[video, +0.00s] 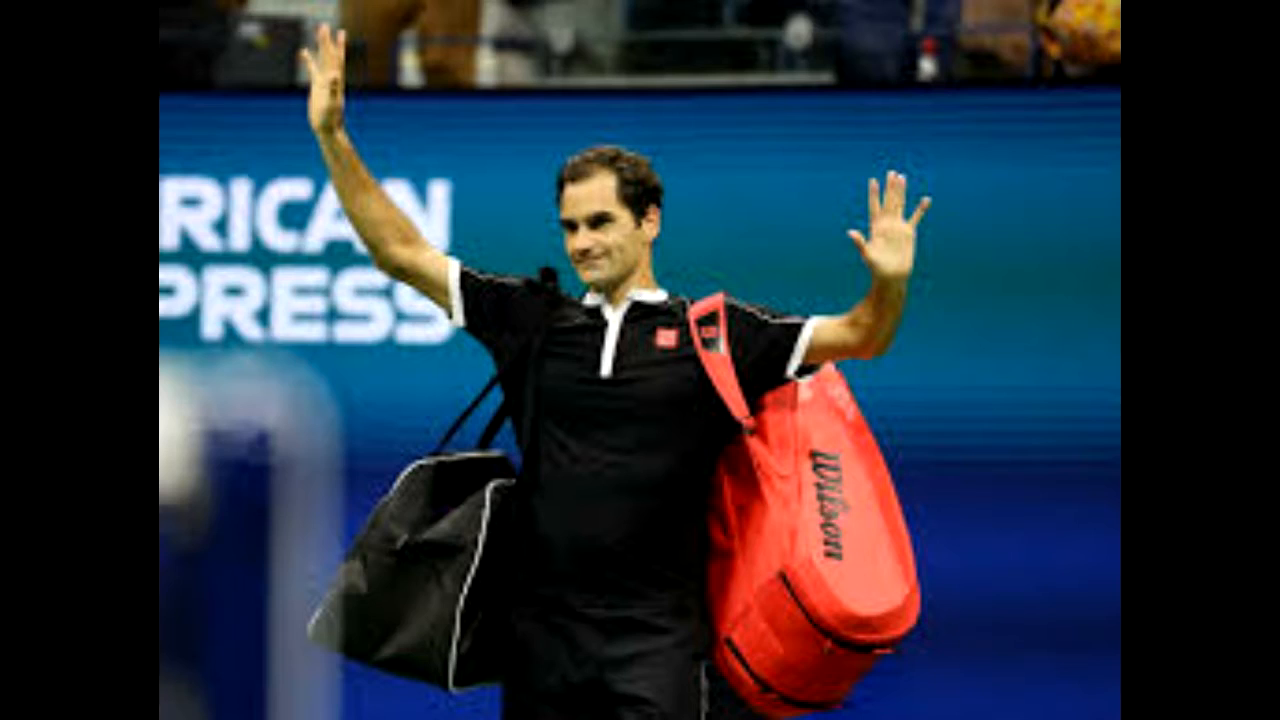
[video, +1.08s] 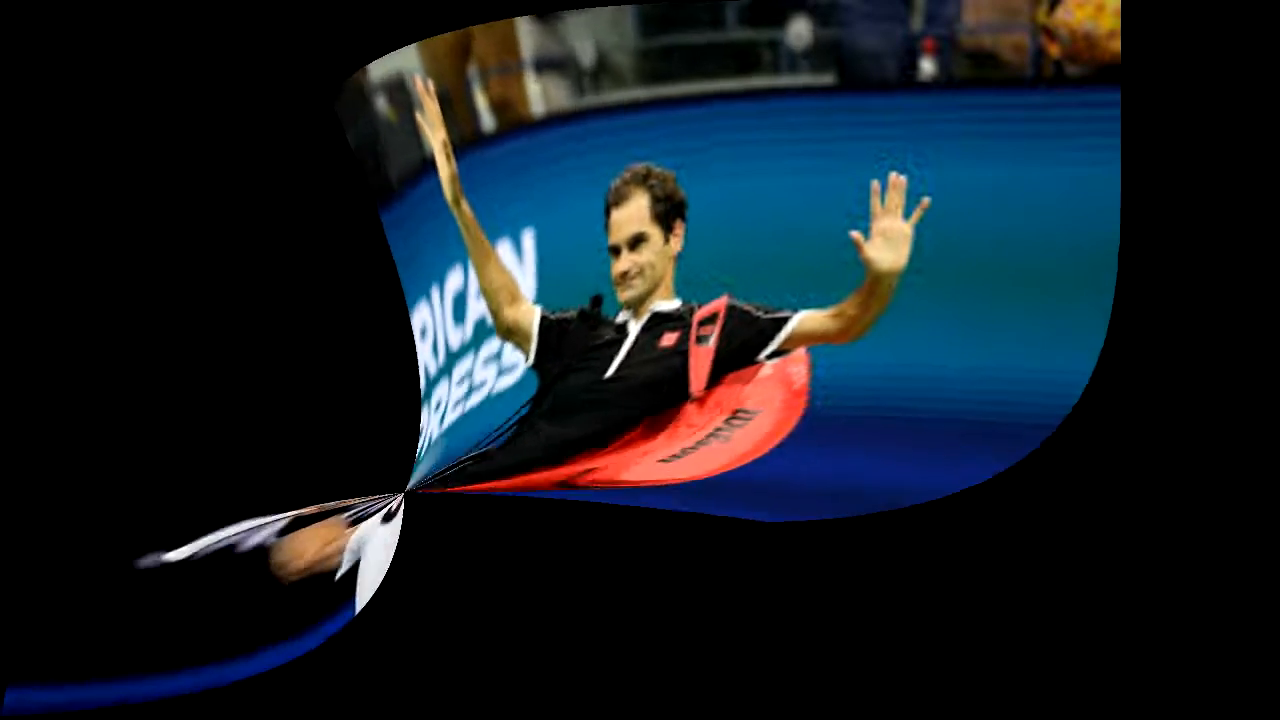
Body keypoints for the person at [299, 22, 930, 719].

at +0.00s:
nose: (581, 242)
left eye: (599, 224)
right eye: (570, 228)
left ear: (647, 225)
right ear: (560, 235)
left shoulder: (715, 329)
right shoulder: (528, 317)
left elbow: (861, 336)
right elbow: (398, 250)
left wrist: (890, 285)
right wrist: (328, 133)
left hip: (658, 627)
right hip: (544, 625)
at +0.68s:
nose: (581, 241)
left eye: (599, 223)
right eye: (570, 227)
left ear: (648, 223)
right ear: (561, 234)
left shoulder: (716, 331)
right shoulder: (531, 317)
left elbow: (859, 336)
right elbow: (399, 251)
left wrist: (890, 286)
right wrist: (330, 137)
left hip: (646, 624)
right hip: (530, 615)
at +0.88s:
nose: (583, 243)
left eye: (600, 225)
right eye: (571, 229)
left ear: (649, 224)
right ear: (562, 237)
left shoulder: (713, 330)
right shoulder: (537, 314)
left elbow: (862, 338)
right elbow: (418, 261)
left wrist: (890, 282)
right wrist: (338, 140)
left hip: (571, 576)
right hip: (472, 551)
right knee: (349, 606)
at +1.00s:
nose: (600, 253)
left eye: (615, 233)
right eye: (589, 238)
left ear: (659, 229)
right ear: (581, 243)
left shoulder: (713, 327)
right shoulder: (556, 324)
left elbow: (853, 332)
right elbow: (464, 287)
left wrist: (886, 285)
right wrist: (396, 171)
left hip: (523, 523)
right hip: (462, 487)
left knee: (352, 553)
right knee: (321, 553)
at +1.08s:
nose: (620, 262)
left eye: (635, 245)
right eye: (611, 249)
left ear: (674, 240)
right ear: (604, 251)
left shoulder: (712, 325)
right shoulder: (578, 331)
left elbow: (843, 326)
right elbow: (506, 308)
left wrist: (883, 275)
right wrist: (451, 190)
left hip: (511, 493)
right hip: (440, 487)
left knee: (309, 559)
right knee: (286, 559)